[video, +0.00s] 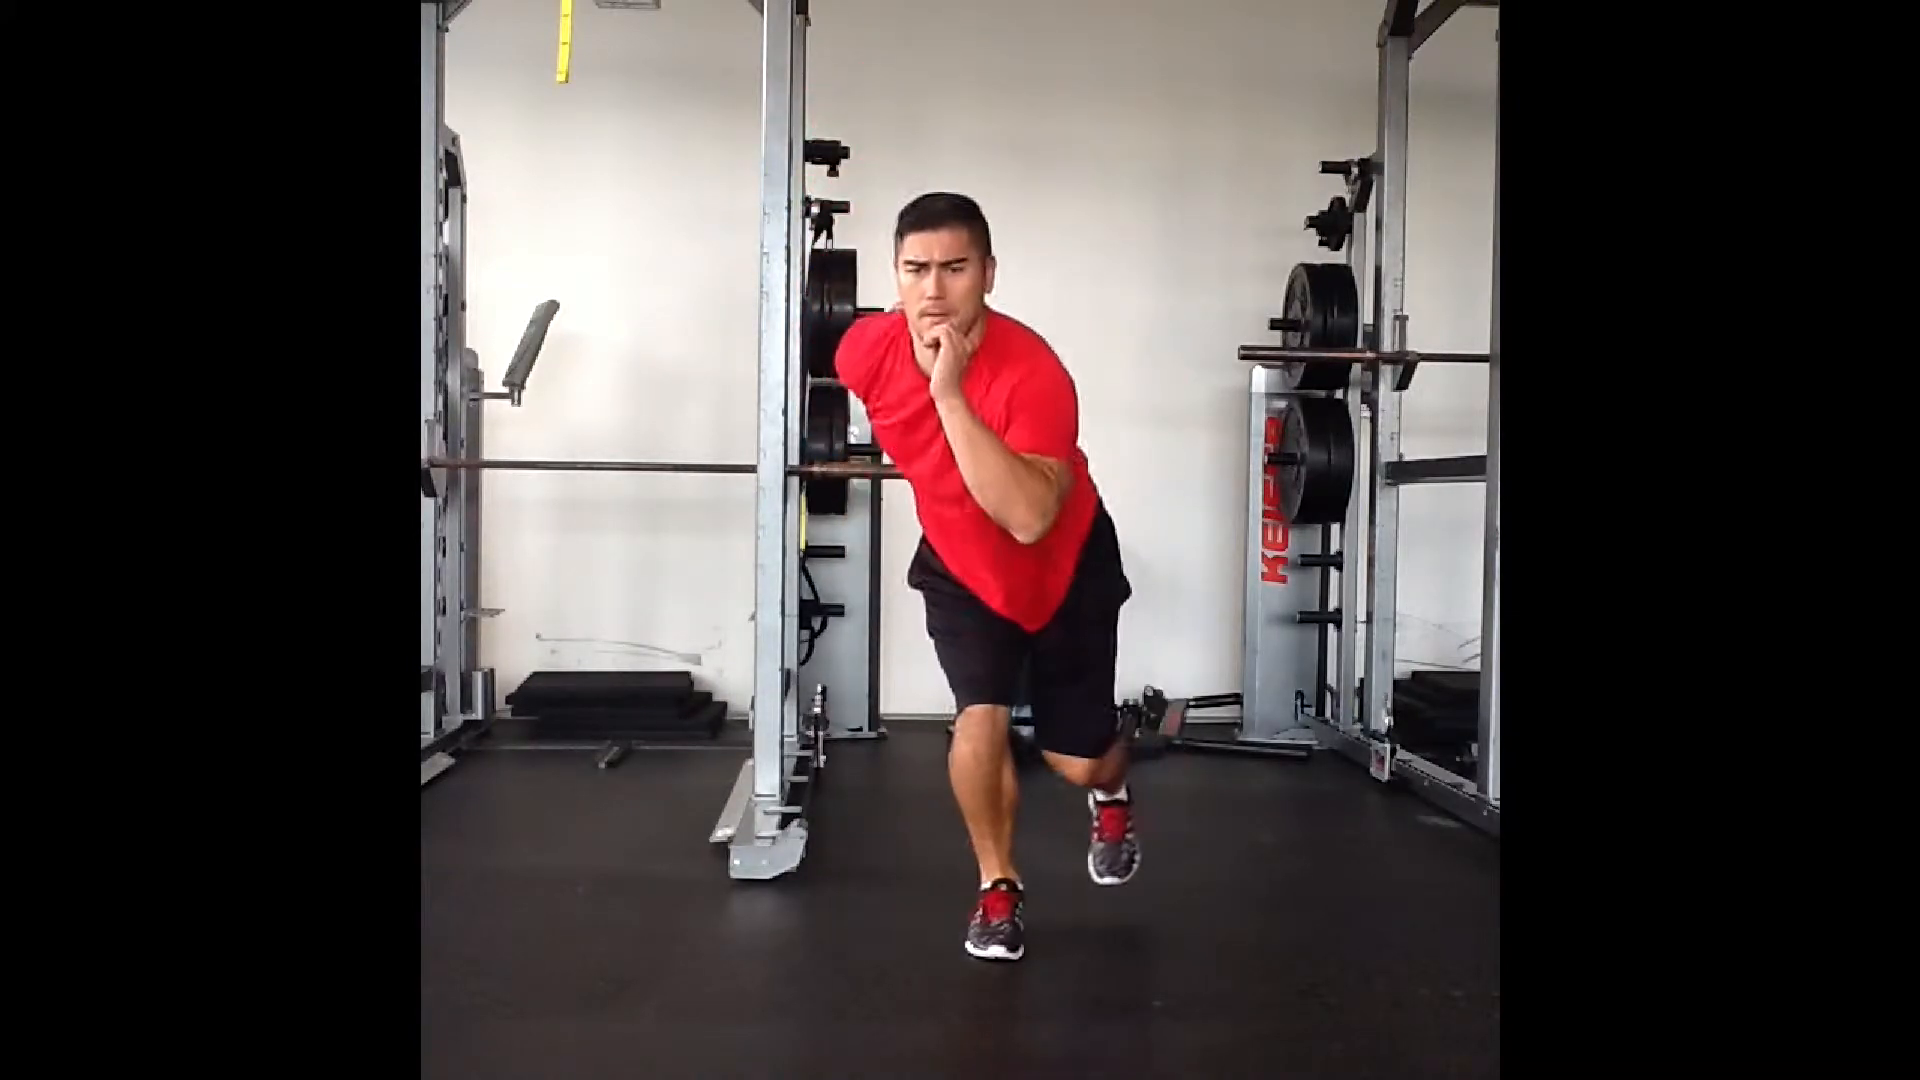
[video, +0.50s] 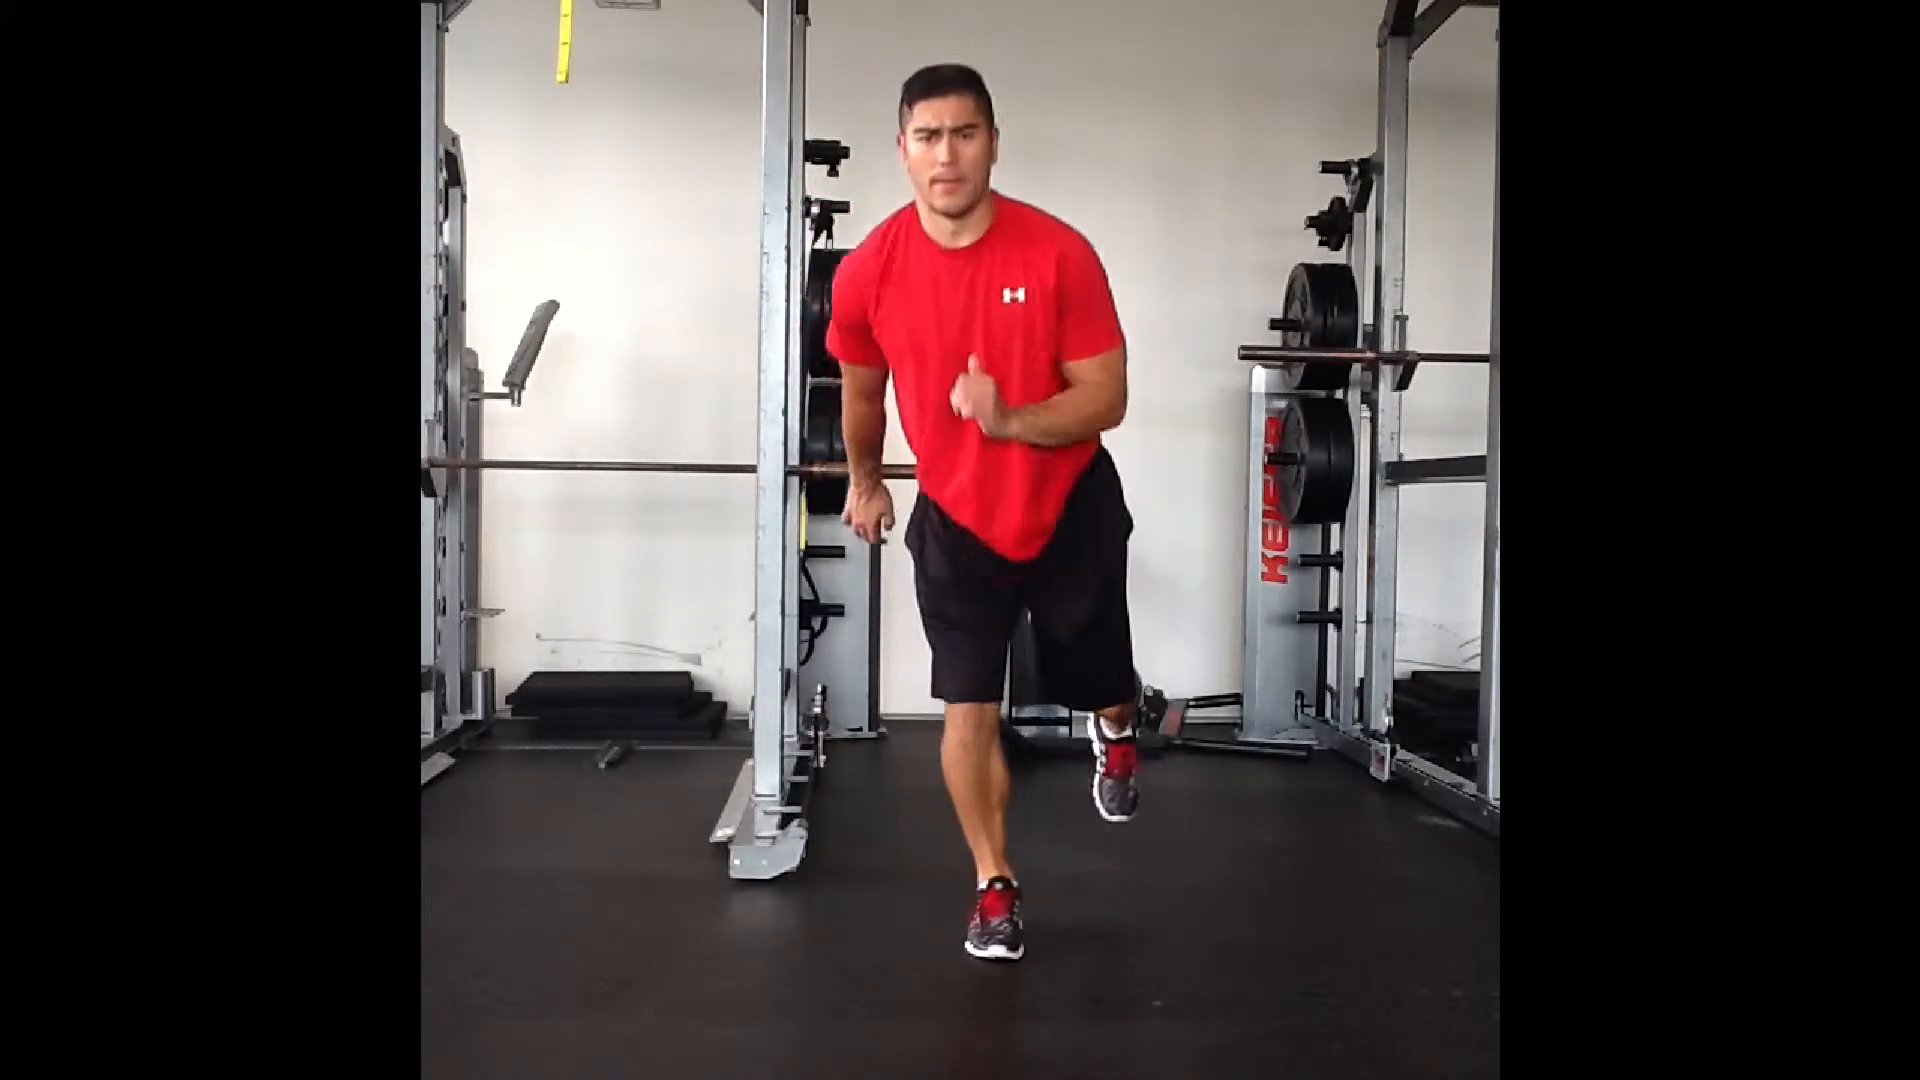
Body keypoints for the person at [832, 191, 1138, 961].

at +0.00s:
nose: (933, 287)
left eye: (953, 268)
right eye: (915, 268)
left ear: (988, 276)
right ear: (896, 279)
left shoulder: (1032, 372)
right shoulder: (866, 354)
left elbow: (1032, 516)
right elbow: (906, 430)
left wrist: (949, 396)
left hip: (1066, 559)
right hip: (961, 558)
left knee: (1082, 762)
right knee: (979, 716)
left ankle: (1113, 792)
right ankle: (997, 887)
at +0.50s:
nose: (946, 155)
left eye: (964, 134)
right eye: (928, 136)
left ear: (993, 145)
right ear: (902, 150)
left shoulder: (1060, 254)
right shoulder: (869, 273)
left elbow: (1105, 397)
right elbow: (862, 387)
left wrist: (1010, 419)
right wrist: (864, 477)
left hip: (1071, 504)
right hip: (956, 513)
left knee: (1100, 680)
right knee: (968, 704)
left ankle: (1114, 733)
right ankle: (993, 885)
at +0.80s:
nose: (966, 101)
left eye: (985, 82)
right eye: (949, 83)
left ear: (1015, 93)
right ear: (926, 95)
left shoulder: (1075, 210)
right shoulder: (881, 219)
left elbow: (1119, 352)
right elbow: (861, 359)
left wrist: (1138, 485)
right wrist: (876, 487)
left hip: (1068, 483)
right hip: (952, 491)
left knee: (1098, 679)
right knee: (972, 695)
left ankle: (1107, 750)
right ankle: (994, 883)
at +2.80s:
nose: (1013, 168)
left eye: (1029, 151)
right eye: (997, 152)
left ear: (1055, 162)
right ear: (977, 164)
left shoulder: (1104, 269)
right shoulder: (934, 266)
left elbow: (1140, 397)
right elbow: (915, 380)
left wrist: (1110, 490)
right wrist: (924, 494)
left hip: (1085, 513)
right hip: (984, 518)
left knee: (1095, 672)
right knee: (1005, 681)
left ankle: (1069, 715)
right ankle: (1022, 840)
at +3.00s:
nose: (1010, 236)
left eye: (1026, 220)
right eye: (994, 220)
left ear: (1052, 232)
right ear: (973, 231)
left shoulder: (1095, 321)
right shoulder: (934, 312)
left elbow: (1129, 432)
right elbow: (914, 373)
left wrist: (1052, 372)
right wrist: (925, 417)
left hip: (1083, 540)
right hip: (985, 541)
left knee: (1079, 677)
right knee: (1007, 681)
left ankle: (1032, 702)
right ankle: (1023, 842)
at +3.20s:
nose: (995, 295)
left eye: (1012, 278)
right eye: (981, 278)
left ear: (1039, 287)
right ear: (959, 288)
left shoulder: (1081, 359)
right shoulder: (929, 359)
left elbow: (1121, 463)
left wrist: (1040, 440)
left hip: (1083, 567)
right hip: (987, 563)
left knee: (1055, 685)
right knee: (1010, 695)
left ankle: (1021, 709)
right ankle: (1026, 845)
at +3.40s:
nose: (994, 226)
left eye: (1009, 210)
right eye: (978, 212)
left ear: (1035, 222)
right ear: (955, 227)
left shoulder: (1094, 316)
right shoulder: (925, 342)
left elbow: (1141, 423)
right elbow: (922, 479)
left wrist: (1174, 508)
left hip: (1082, 529)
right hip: (982, 545)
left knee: (1078, 674)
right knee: (1006, 695)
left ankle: (1076, 769)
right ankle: (1024, 843)